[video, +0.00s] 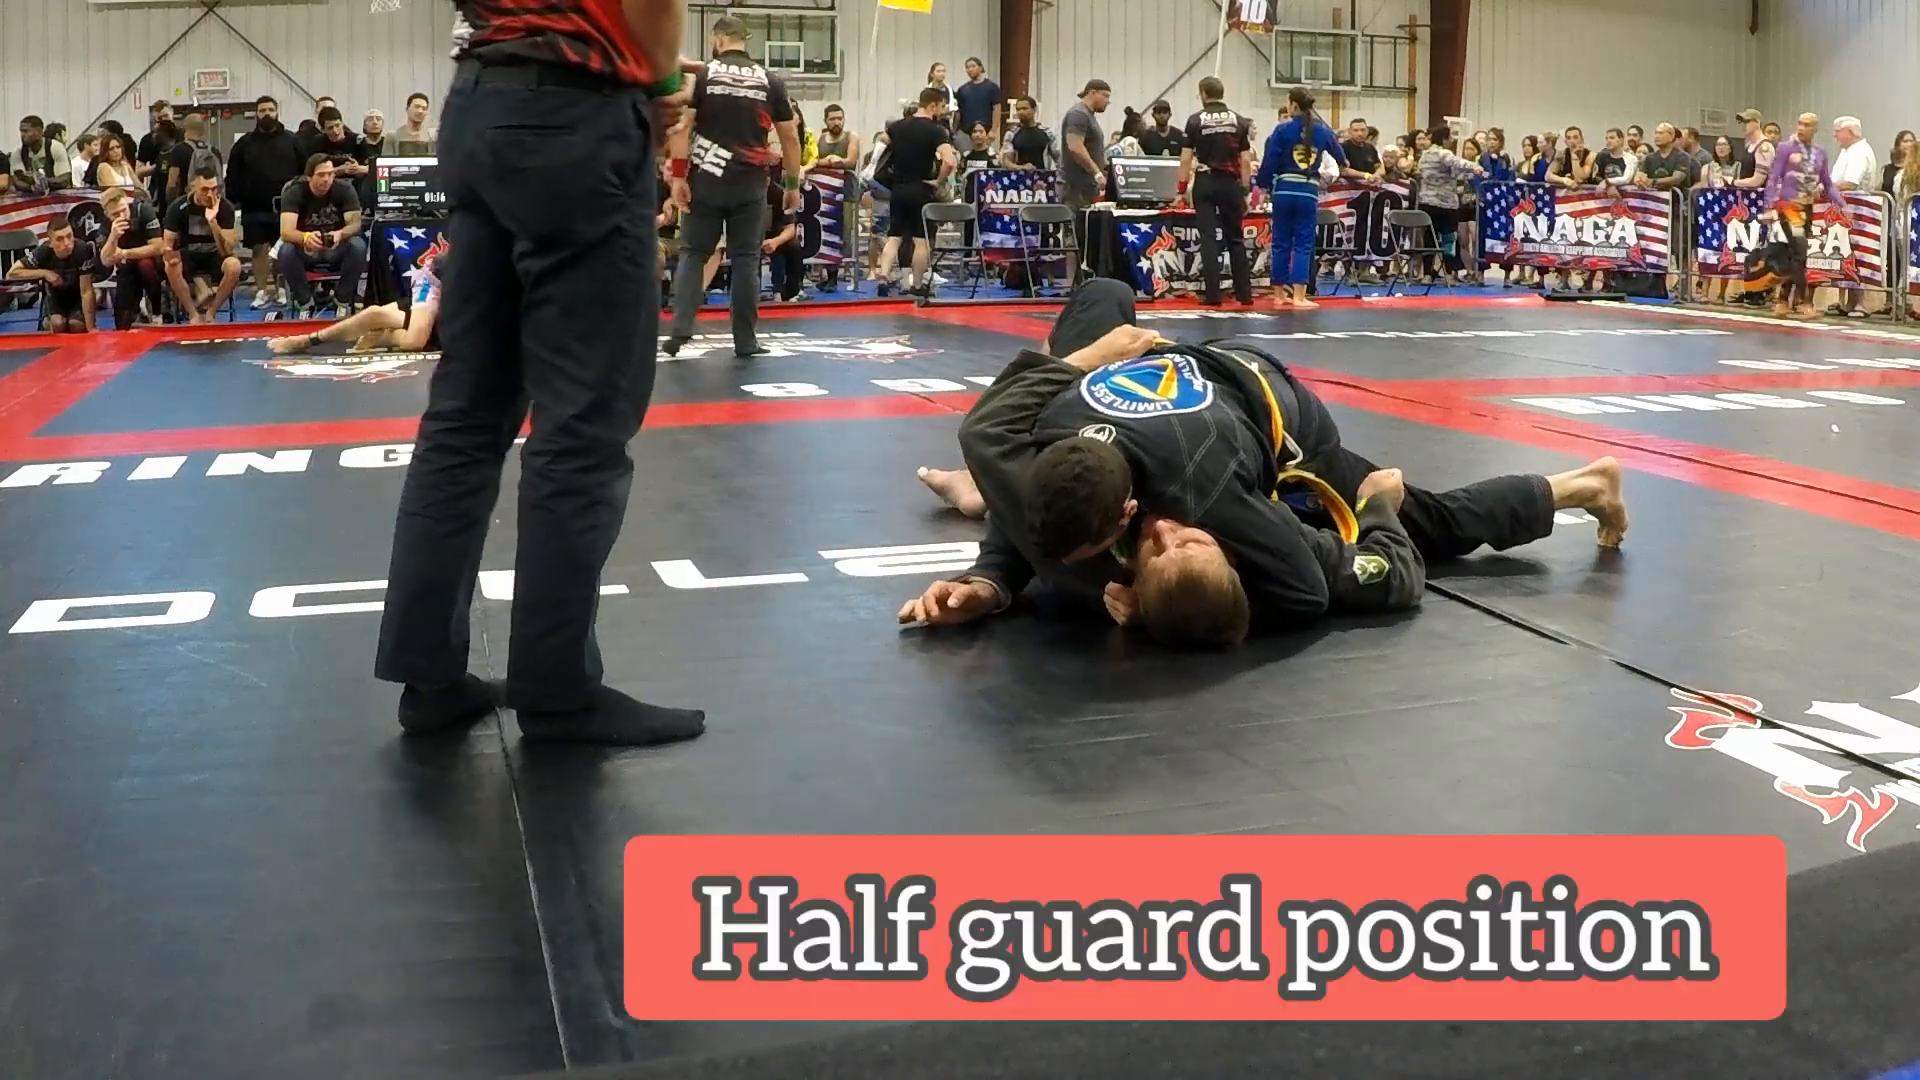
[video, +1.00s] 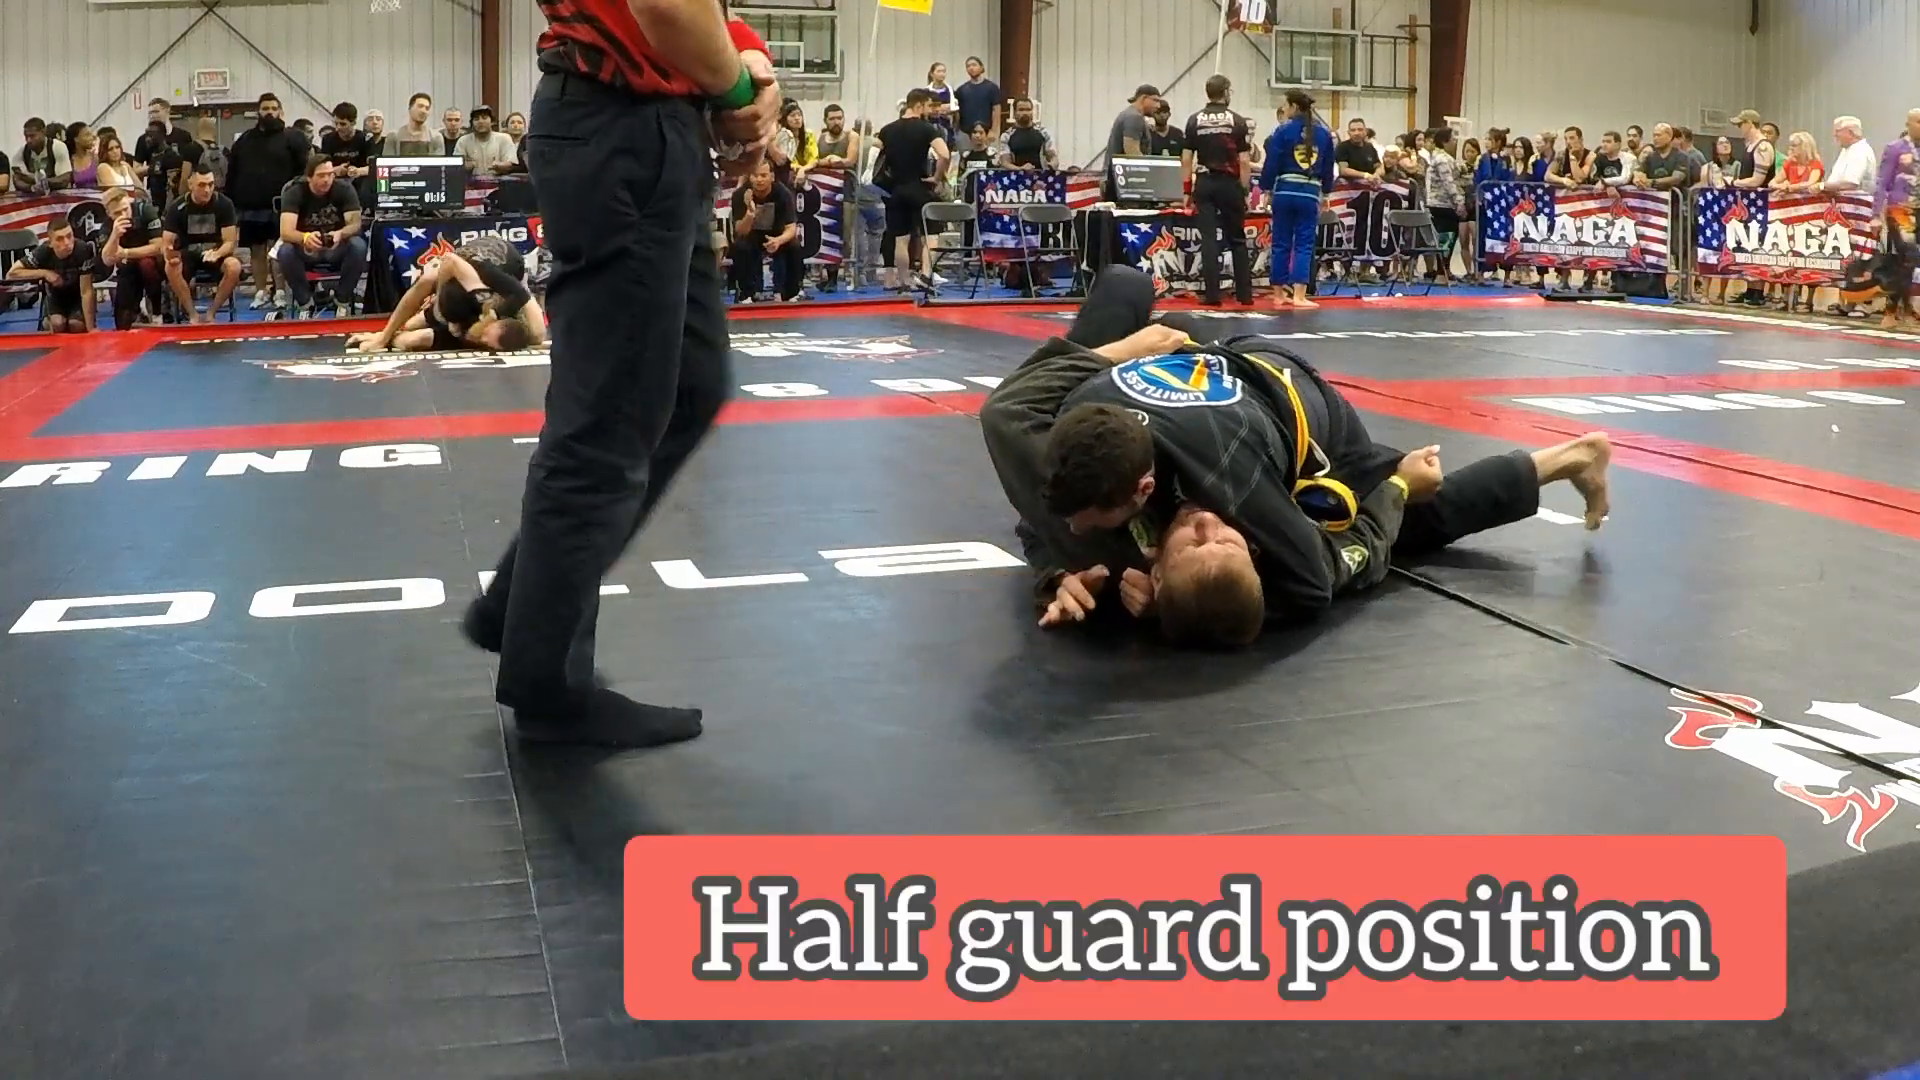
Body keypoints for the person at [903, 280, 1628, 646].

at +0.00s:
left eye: (1117, 558)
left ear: (1125, 534)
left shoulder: (1202, 503)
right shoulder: (1006, 460)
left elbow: (1314, 594)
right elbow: (1022, 551)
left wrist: (1153, 611)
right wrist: (986, 586)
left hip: (1273, 413)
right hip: (1181, 360)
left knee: (1411, 529)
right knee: (1092, 291)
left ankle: (1585, 486)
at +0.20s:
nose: (1152, 540)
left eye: (1123, 546)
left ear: (1122, 520)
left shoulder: (1206, 494)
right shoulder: (1012, 452)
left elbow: (1309, 603)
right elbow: (1040, 558)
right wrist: (990, 591)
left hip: (1278, 414)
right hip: (1188, 360)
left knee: (1416, 530)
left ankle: (1587, 491)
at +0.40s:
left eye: (1128, 536)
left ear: (1136, 503)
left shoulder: (1214, 486)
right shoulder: (1027, 424)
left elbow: (1320, 597)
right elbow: (1054, 551)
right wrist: (1004, 590)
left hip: (1295, 413)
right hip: (1202, 358)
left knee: (1420, 532)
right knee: (1111, 279)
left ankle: (1587, 475)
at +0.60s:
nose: (1194, 529)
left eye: (1156, 534)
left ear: (1137, 496)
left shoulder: (1219, 481)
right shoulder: (1020, 418)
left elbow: (1320, 590)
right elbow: (1067, 541)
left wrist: (1154, 599)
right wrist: (1032, 583)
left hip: (1300, 410)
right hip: (1209, 354)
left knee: (1418, 530)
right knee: (1096, 277)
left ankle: (1581, 469)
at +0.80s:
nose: (1077, 536)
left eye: (1086, 524)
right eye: (1064, 526)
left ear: (1129, 494)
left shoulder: (1218, 488)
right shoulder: (1053, 424)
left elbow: (1314, 586)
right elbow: (1072, 525)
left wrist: (1167, 604)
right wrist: (1058, 574)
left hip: (1303, 412)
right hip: (1228, 355)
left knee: (1421, 525)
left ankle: (1577, 472)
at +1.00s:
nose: (1083, 536)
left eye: (1093, 525)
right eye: (1069, 526)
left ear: (1139, 493)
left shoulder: (1226, 478)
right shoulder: (1058, 425)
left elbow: (1315, 593)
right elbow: (1062, 524)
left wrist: (1161, 597)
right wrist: (1070, 573)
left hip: (1308, 412)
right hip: (1226, 357)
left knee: (1413, 527)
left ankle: (1572, 458)